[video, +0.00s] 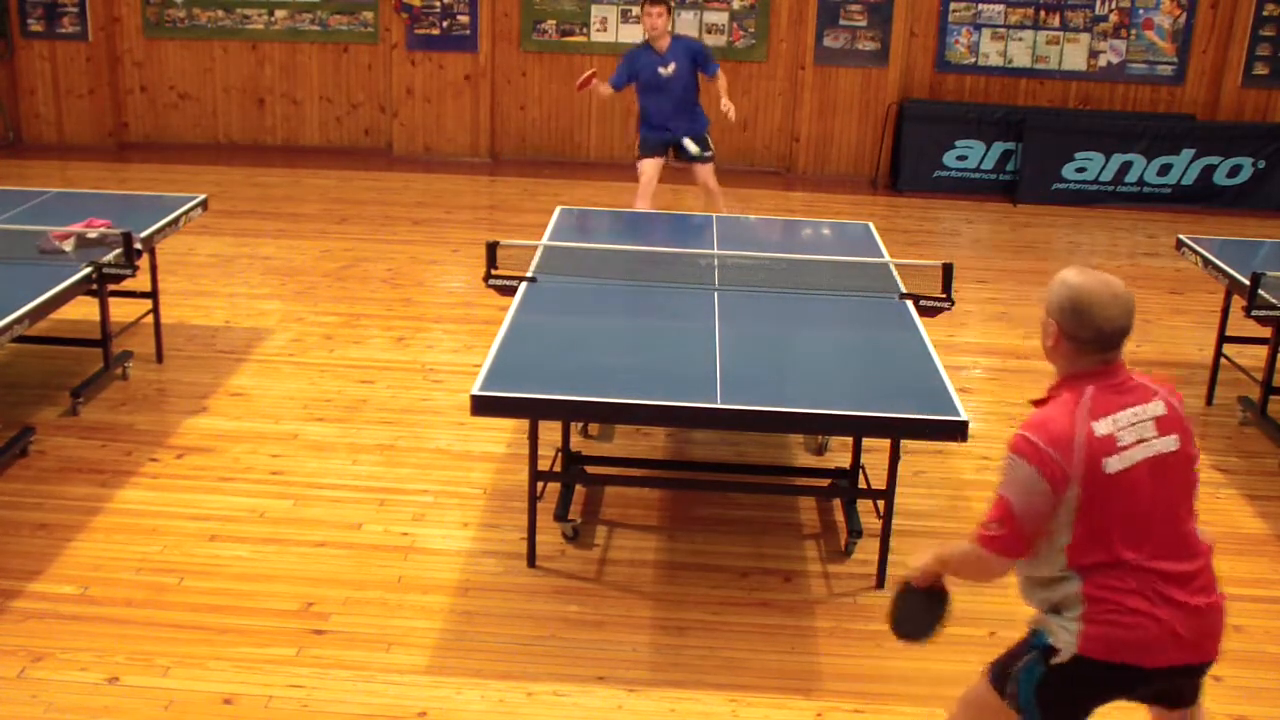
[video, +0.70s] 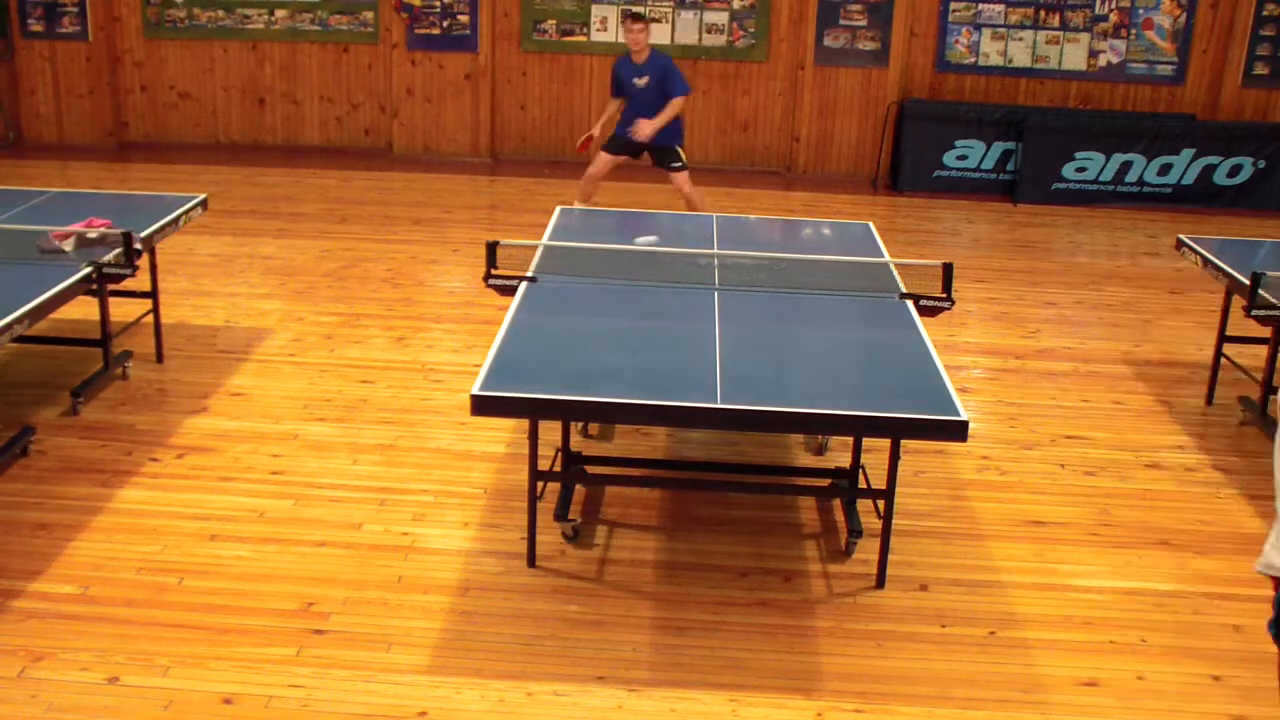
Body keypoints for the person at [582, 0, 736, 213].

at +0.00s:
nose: (654, 21)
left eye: (659, 15)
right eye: (649, 16)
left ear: (669, 19)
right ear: (642, 20)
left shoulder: (690, 48)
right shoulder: (635, 56)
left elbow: (717, 73)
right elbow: (610, 89)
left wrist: (724, 98)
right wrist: (596, 85)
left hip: (690, 128)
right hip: (654, 130)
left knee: (709, 183)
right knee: (645, 183)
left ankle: (723, 227)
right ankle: (637, 235)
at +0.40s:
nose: (671, 16)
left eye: (675, 11)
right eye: (665, 11)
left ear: (682, 14)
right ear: (656, 14)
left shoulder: (696, 45)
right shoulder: (645, 43)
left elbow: (712, 78)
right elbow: (628, 70)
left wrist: (708, 99)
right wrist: (617, 83)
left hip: (681, 121)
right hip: (646, 119)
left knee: (687, 178)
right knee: (630, 172)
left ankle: (698, 227)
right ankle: (613, 223)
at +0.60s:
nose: (655, 21)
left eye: (660, 16)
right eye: (649, 16)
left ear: (667, 17)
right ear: (642, 19)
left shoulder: (682, 49)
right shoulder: (632, 49)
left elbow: (698, 81)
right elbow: (623, 81)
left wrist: (688, 107)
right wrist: (614, 106)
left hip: (670, 118)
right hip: (637, 116)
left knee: (685, 174)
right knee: (610, 162)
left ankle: (698, 216)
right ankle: (587, 205)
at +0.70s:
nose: (635, 37)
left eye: (640, 32)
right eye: (630, 32)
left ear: (648, 34)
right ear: (624, 35)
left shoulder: (663, 63)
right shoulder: (621, 65)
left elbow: (680, 98)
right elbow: (617, 98)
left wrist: (653, 124)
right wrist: (599, 126)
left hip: (664, 135)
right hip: (628, 132)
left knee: (685, 188)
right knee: (591, 175)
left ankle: (705, 226)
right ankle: (577, 218)